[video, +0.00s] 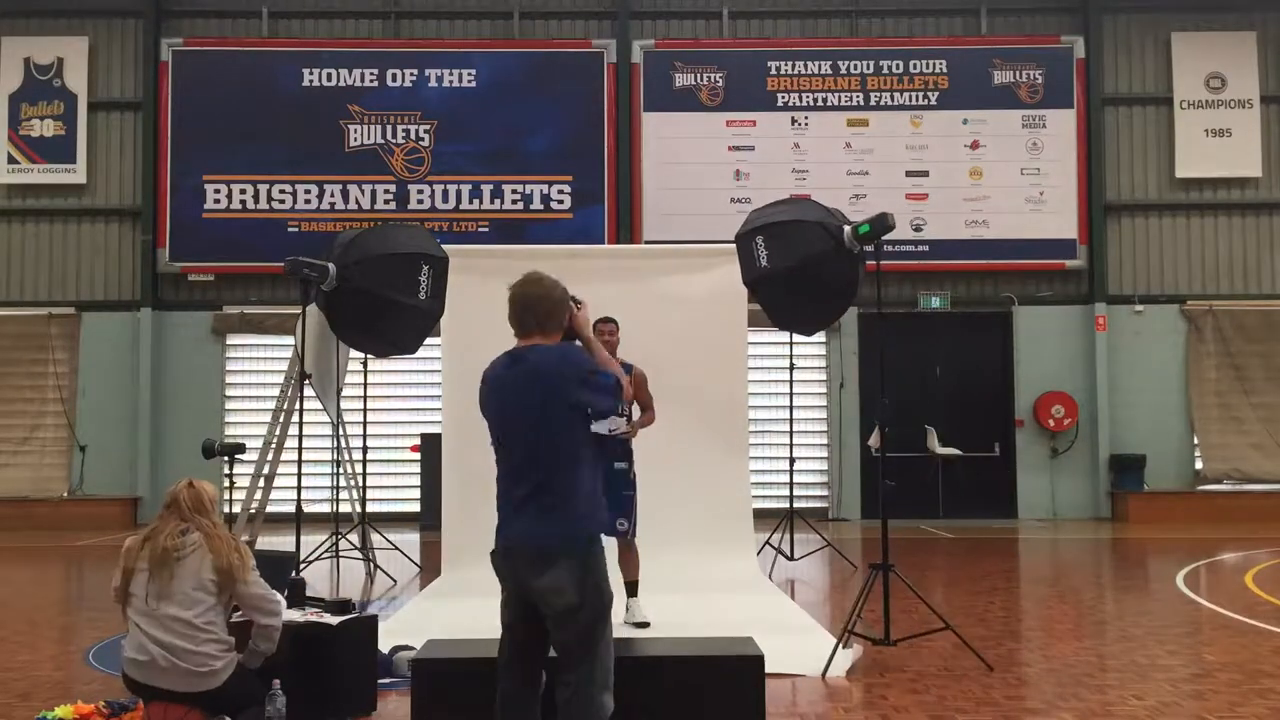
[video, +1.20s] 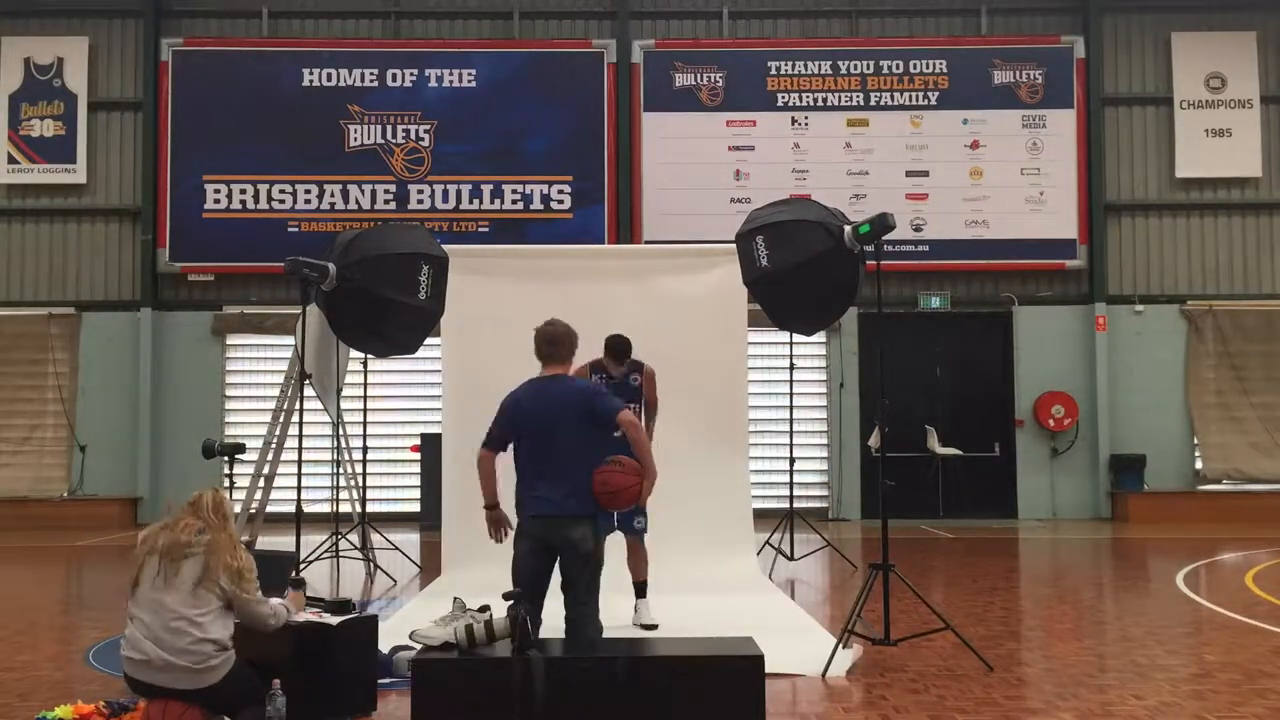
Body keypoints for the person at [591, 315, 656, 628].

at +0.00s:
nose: (607, 338)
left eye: (612, 333)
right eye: (602, 333)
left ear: (619, 338)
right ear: (591, 338)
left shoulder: (633, 375)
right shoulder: (580, 372)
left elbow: (648, 412)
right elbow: (570, 406)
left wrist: (635, 424)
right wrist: (581, 424)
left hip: (618, 459)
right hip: (583, 458)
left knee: (625, 534)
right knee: (582, 534)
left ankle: (632, 602)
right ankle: (580, 606)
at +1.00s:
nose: (616, 336)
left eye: (618, 330)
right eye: (609, 332)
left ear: (622, 332)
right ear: (596, 337)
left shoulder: (637, 365)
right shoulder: (590, 373)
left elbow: (637, 409)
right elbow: (595, 419)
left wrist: (655, 418)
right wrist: (615, 429)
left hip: (639, 453)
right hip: (608, 457)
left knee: (650, 527)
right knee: (612, 536)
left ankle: (633, 591)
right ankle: (613, 613)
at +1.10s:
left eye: (502, 347)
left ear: (497, 351)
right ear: (534, 349)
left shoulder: (483, 404)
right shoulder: (560, 394)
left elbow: (469, 469)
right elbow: (610, 429)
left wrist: (479, 510)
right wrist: (640, 463)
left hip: (512, 522)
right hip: (561, 520)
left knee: (507, 607)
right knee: (569, 607)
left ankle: (518, 693)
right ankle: (576, 693)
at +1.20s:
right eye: (573, 350)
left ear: (537, 352)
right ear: (573, 352)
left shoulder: (518, 399)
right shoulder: (590, 394)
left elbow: (486, 456)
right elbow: (630, 423)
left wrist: (492, 508)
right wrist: (650, 473)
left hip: (534, 521)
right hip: (582, 520)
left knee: (525, 609)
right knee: (583, 611)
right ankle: (583, 687)